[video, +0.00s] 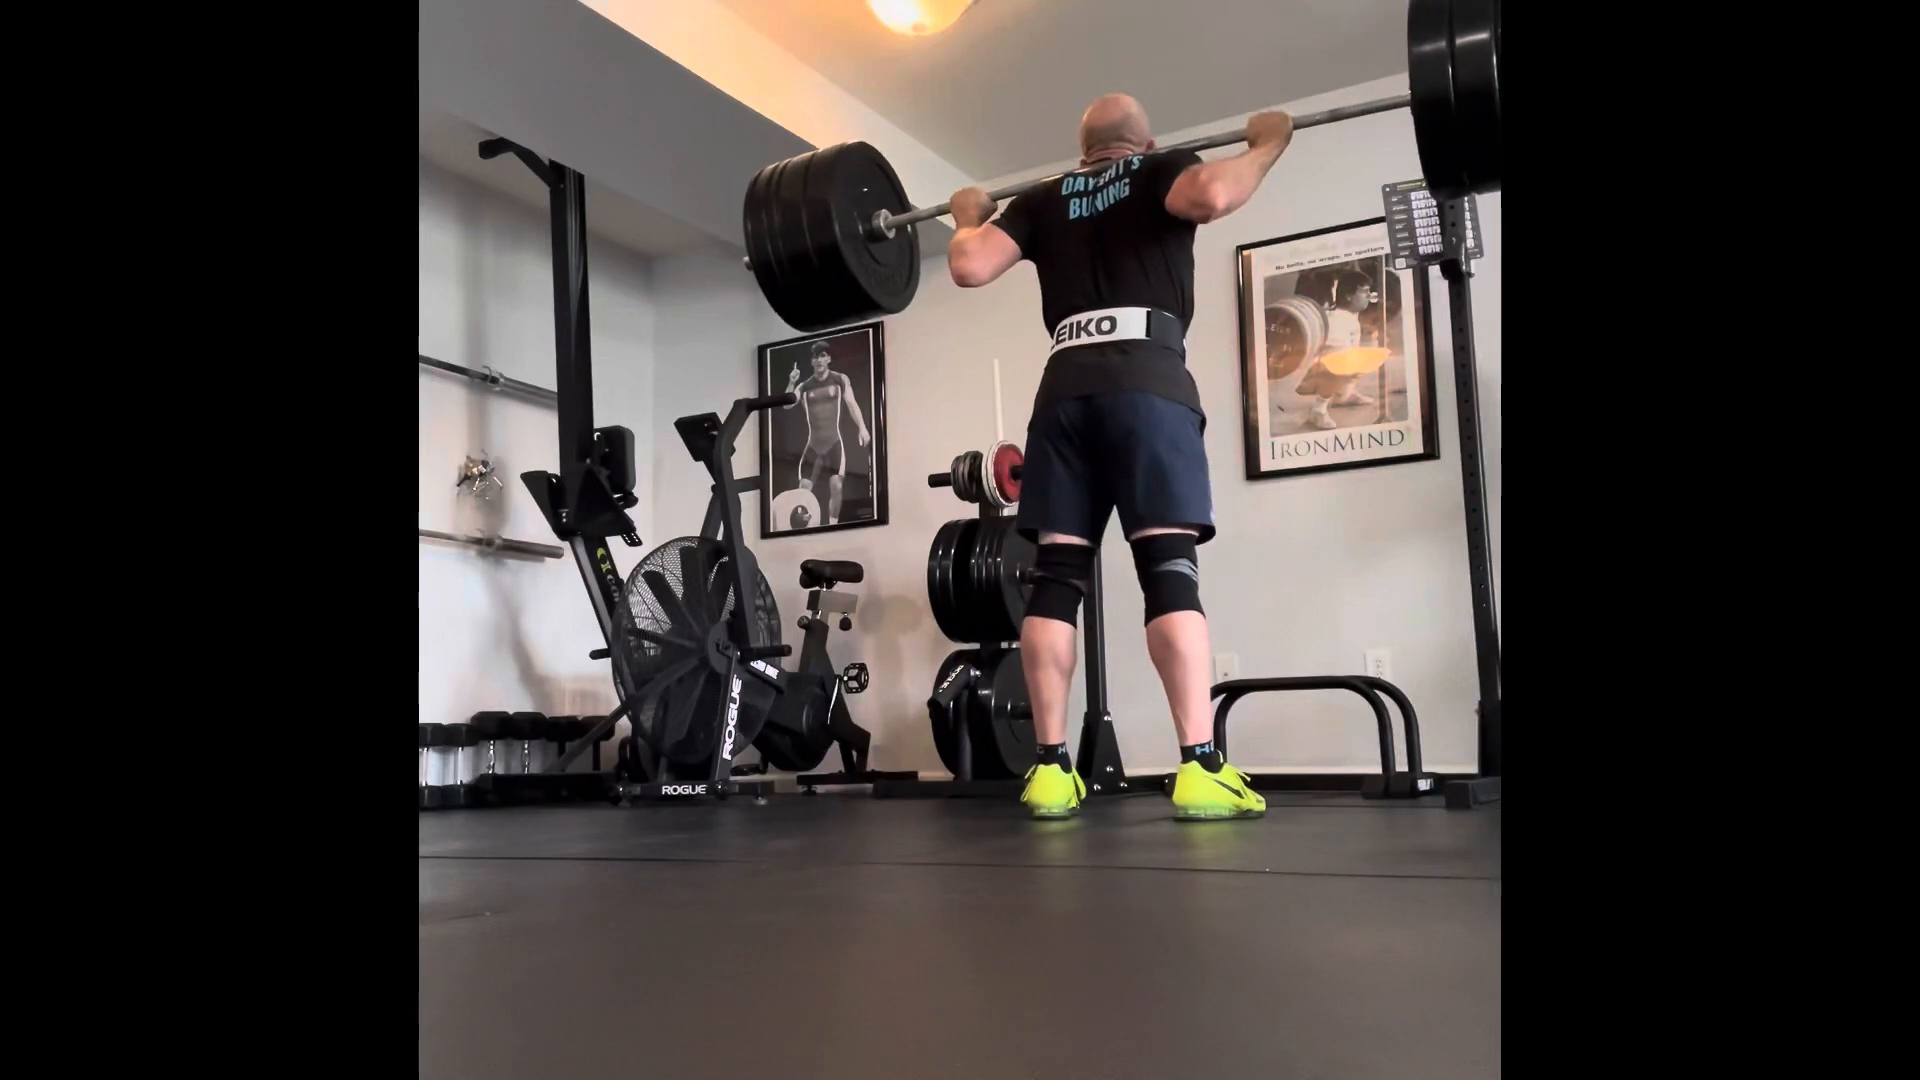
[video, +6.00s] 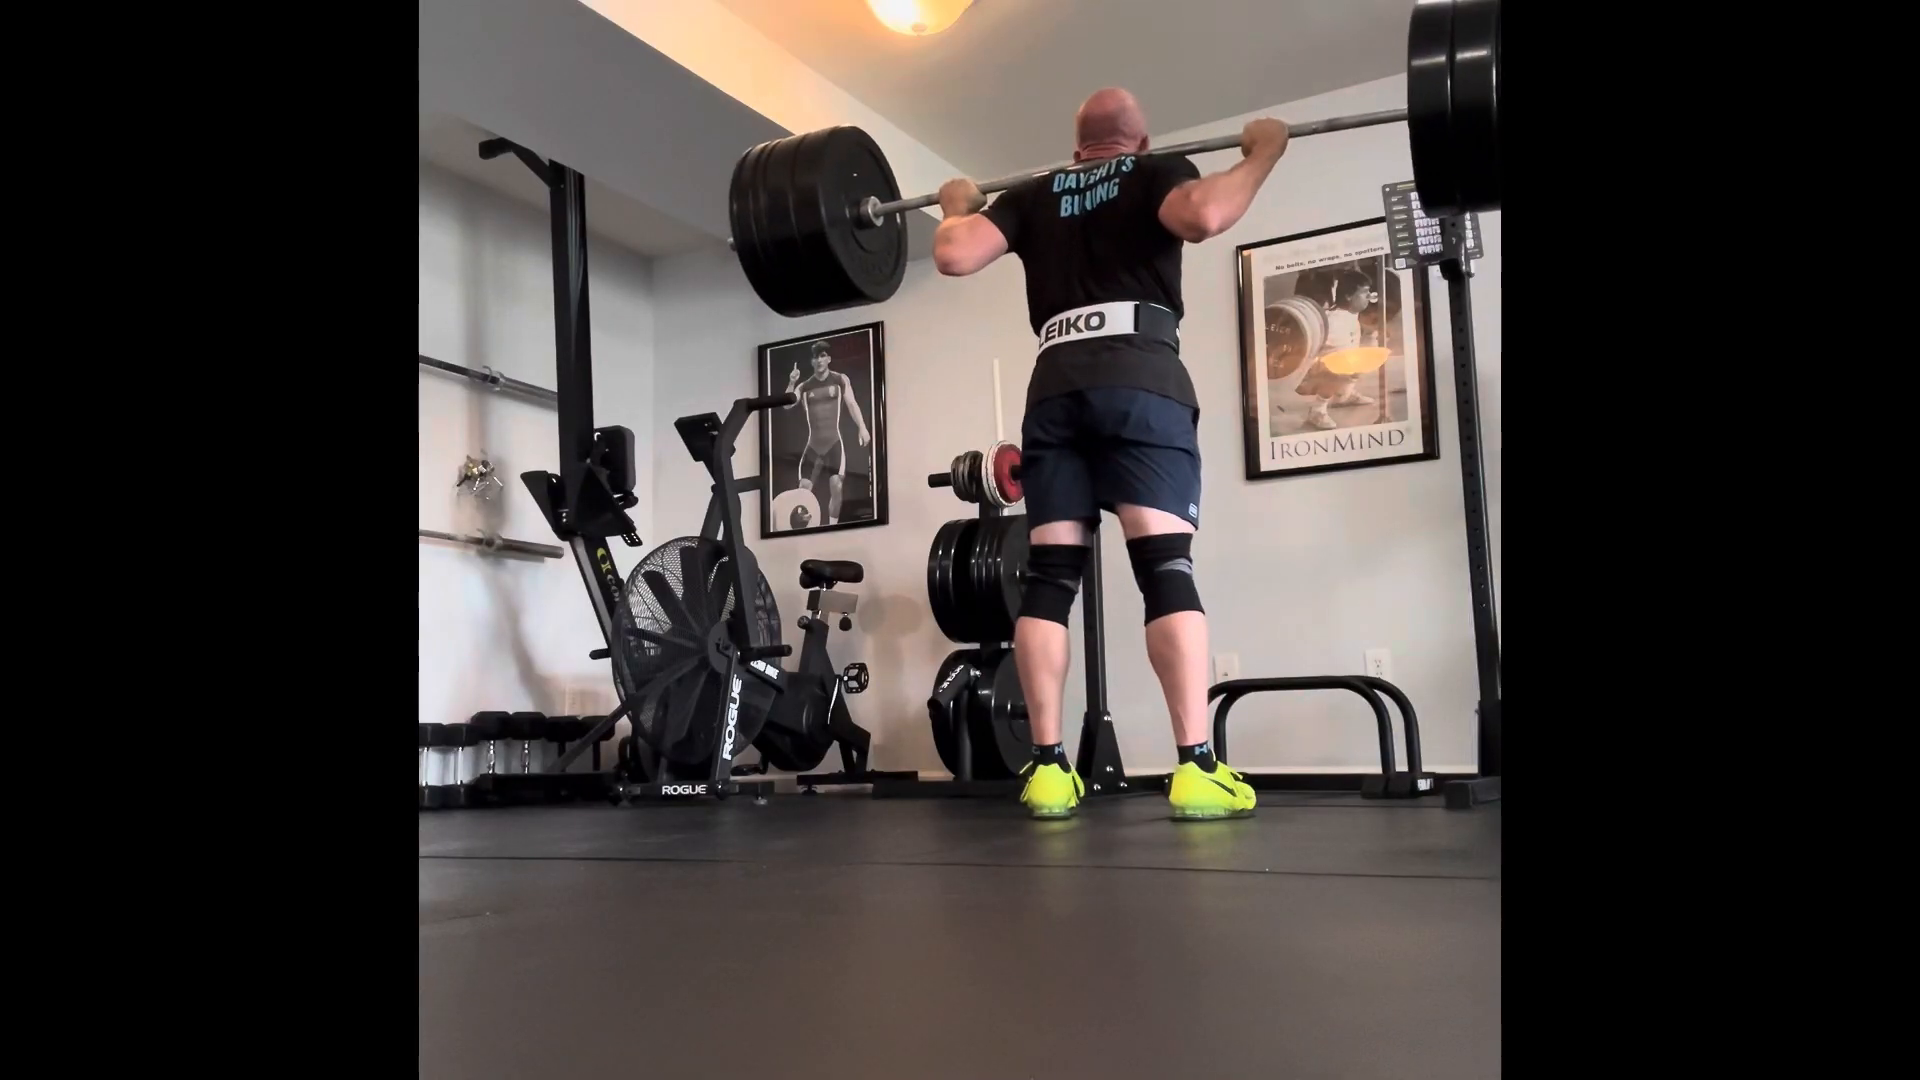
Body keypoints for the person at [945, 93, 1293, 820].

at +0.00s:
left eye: (1091, 137)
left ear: (1081, 150)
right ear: (1148, 142)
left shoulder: (1041, 201)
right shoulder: (1162, 166)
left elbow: (968, 265)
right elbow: (1215, 194)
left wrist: (967, 217)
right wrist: (1265, 146)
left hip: (1064, 388)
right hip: (1150, 384)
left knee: (1056, 576)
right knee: (1169, 571)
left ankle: (1051, 765)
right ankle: (1200, 764)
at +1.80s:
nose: (1157, 230)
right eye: (1157, 223)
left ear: (1087, 230)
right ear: (1155, 228)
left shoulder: (1044, 281)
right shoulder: (1169, 257)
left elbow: (965, 345)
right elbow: (1211, 302)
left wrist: (971, 292)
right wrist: (1271, 246)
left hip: (1057, 450)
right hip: (1149, 438)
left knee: (1061, 612)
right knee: (1234, 598)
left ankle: (1052, 767)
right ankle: (1205, 765)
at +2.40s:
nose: (1165, 317)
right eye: (1163, 311)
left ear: (1095, 318)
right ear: (1158, 316)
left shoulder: (1044, 364)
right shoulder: (1172, 346)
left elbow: (964, 439)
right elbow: (1218, 397)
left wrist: (971, 384)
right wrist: (1278, 341)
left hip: (1037, 511)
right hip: (1130, 497)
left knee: (1062, 624)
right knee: (1244, 608)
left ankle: (1051, 769)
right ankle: (1205, 767)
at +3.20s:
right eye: (1170, 402)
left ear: (1104, 412)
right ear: (1170, 408)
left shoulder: (1049, 456)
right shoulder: (1182, 439)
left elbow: (968, 538)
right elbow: (1229, 501)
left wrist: (976, 474)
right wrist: (1290, 437)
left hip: (1042, 607)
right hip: (1144, 598)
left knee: (1053, 635)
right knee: (1254, 612)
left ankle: (1053, 768)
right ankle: (1205, 769)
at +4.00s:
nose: (1169, 335)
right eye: (1168, 329)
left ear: (1100, 333)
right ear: (1163, 332)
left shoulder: (1045, 375)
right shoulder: (1173, 360)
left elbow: (963, 443)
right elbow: (1218, 401)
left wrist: (972, 393)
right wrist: (1279, 352)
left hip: (1032, 508)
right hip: (1126, 495)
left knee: (1094, 617)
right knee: (1218, 604)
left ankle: (1055, 770)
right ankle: (1203, 767)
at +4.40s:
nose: (1159, 228)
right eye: (1158, 220)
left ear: (1089, 227)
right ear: (1156, 225)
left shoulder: (1045, 282)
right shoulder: (1169, 259)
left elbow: (967, 349)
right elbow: (1213, 305)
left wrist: (967, 296)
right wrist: (1269, 249)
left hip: (1052, 438)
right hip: (1142, 424)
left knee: (1086, 604)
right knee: (1223, 593)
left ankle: (1056, 765)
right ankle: (1205, 766)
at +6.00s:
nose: (1132, 145)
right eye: (1140, 136)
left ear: (1074, 145)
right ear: (1143, 140)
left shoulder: (1031, 194)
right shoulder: (1155, 170)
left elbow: (955, 254)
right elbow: (1204, 214)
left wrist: (956, 206)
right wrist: (1261, 153)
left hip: (1056, 379)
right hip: (1144, 373)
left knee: (1050, 575)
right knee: (1165, 569)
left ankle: (1047, 764)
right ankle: (1196, 764)